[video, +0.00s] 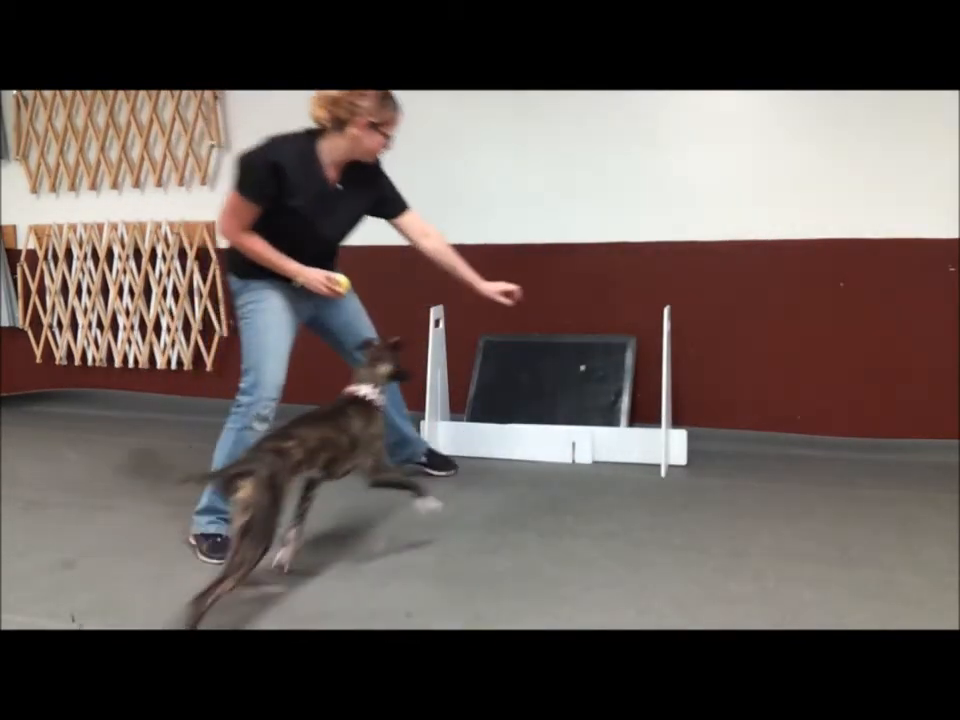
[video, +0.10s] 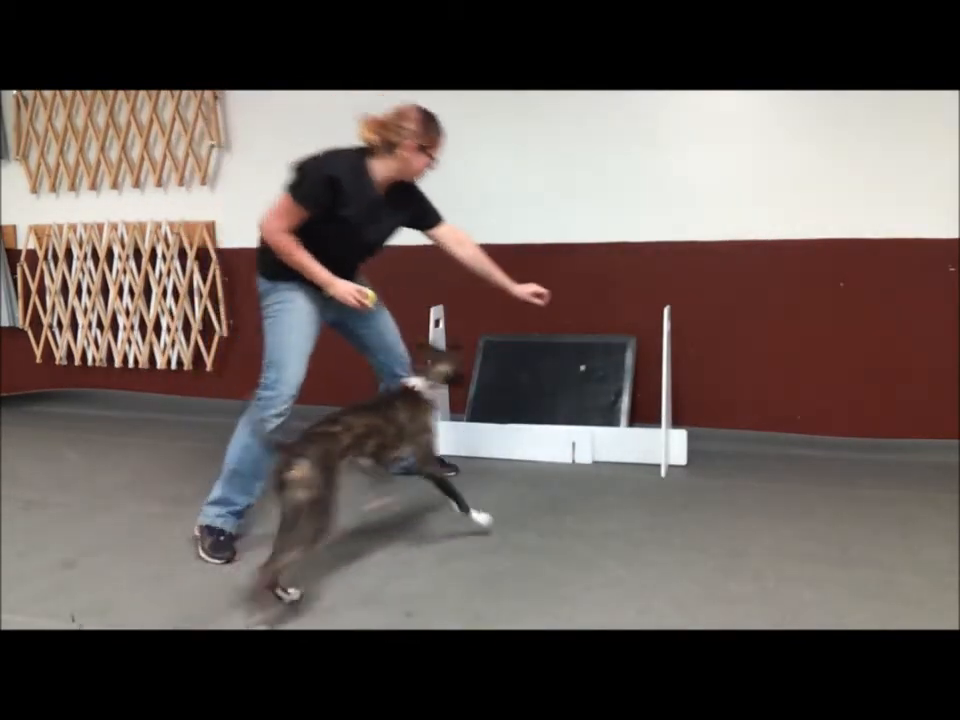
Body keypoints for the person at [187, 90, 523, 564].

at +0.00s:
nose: (386, 142)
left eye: (390, 133)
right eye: (380, 130)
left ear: (372, 129)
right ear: (349, 122)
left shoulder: (369, 177)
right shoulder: (273, 161)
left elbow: (423, 234)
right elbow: (232, 230)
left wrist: (481, 285)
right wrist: (300, 272)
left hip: (322, 282)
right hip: (264, 282)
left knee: (375, 362)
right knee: (261, 398)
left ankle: (406, 451)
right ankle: (213, 518)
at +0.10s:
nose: (432, 162)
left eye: (434, 154)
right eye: (427, 152)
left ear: (408, 151)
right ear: (402, 146)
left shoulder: (404, 196)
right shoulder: (329, 173)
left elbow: (456, 243)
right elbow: (272, 229)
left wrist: (511, 287)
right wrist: (334, 284)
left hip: (346, 286)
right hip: (290, 282)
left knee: (400, 370)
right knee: (279, 394)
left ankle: (404, 455)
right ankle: (220, 518)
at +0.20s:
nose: (467, 185)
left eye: (470, 178)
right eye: (466, 175)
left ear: (449, 172)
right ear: (446, 167)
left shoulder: (439, 214)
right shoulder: (382, 179)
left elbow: (482, 247)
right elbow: (312, 227)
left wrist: (534, 281)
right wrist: (358, 289)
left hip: (363, 287)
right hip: (315, 278)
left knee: (410, 360)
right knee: (307, 382)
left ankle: (411, 456)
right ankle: (242, 506)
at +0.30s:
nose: (487, 199)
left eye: (490, 192)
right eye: (487, 190)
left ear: (465, 182)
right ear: (471, 183)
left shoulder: (456, 221)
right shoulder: (417, 190)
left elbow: (491, 241)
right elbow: (344, 230)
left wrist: (536, 263)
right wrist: (381, 295)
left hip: (368, 277)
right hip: (328, 268)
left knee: (412, 357)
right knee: (335, 374)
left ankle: (407, 456)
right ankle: (275, 497)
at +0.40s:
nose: (493, 203)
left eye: (495, 195)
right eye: (493, 194)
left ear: (473, 185)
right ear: (478, 187)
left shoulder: (455, 211)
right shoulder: (433, 196)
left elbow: (486, 229)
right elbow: (366, 234)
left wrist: (518, 243)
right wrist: (400, 296)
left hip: (369, 266)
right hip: (336, 264)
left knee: (412, 355)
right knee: (363, 367)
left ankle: (407, 458)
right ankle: (316, 491)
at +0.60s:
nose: (492, 199)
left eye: (495, 193)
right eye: (493, 190)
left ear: (472, 179)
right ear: (477, 181)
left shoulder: (447, 194)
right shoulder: (434, 195)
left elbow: (444, 213)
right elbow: (374, 241)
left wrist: (470, 225)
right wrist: (412, 288)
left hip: (382, 265)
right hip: (348, 265)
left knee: (422, 353)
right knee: (402, 359)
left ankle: (410, 456)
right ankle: (372, 481)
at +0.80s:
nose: (494, 213)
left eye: (498, 206)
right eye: (495, 204)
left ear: (474, 194)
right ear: (479, 197)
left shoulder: (456, 220)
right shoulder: (423, 206)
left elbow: (431, 245)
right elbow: (375, 267)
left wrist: (448, 270)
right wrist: (421, 312)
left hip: (371, 260)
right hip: (328, 254)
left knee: (407, 348)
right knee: (367, 339)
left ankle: (414, 453)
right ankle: (396, 453)